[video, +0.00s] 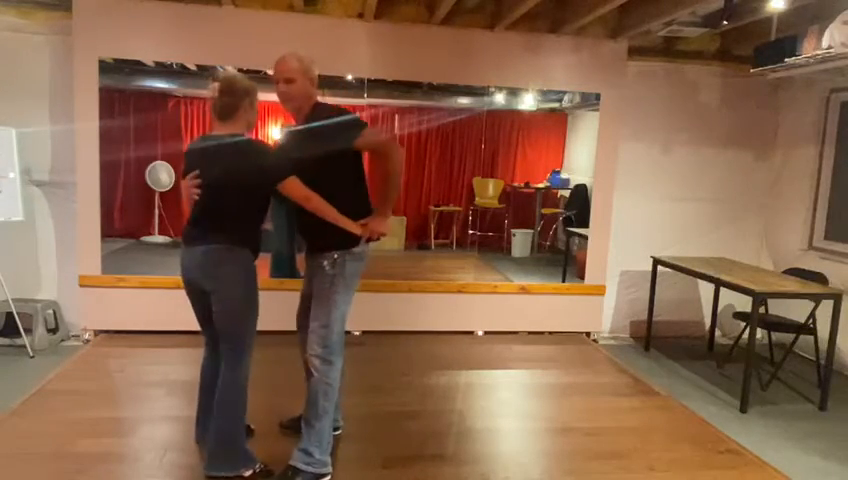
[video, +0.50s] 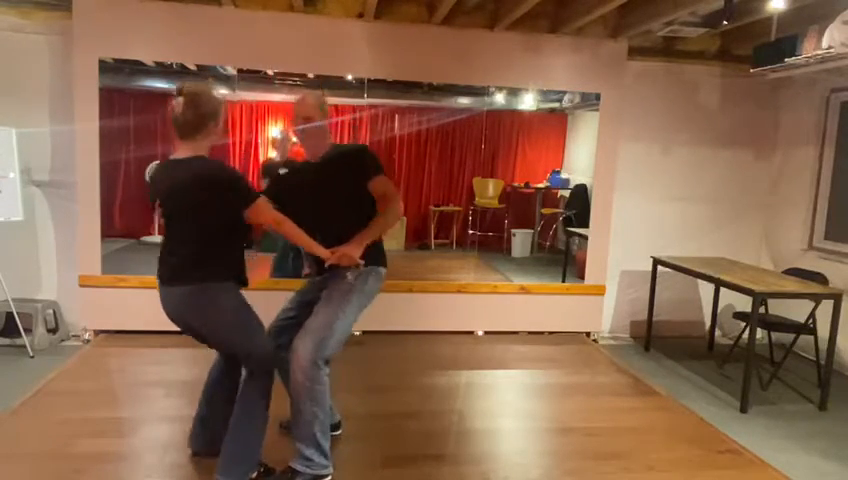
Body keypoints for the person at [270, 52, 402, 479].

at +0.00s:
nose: (281, 90)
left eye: (288, 82)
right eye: (277, 83)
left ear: (312, 82)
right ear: (276, 88)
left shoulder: (336, 120)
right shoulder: (292, 135)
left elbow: (390, 147)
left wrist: (383, 212)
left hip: (342, 250)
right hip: (317, 251)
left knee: (321, 350)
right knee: (312, 338)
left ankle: (313, 463)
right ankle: (323, 418)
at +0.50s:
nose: (301, 129)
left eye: (308, 121)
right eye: (297, 122)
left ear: (327, 121)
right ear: (295, 126)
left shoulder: (356, 157)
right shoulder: (292, 176)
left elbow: (393, 207)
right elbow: (258, 227)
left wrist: (357, 244)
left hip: (360, 272)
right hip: (321, 275)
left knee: (307, 352)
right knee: (279, 340)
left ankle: (313, 467)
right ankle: (322, 419)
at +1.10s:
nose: (319, 154)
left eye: (328, 147)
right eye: (317, 146)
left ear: (351, 150)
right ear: (315, 149)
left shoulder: (378, 190)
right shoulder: (315, 196)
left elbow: (378, 258)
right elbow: (257, 222)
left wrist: (314, 282)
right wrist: (211, 220)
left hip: (377, 303)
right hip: (345, 298)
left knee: (293, 366)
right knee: (285, 335)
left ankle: (311, 469)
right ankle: (323, 419)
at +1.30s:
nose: (318, 150)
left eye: (326, 143)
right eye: (316, 143)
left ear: (350, 146)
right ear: (317, 144)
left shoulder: (376, 190)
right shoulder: (316, 191)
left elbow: (367, 259)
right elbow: (261, 219)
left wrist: (303, 283)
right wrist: (216, 217)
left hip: (369, 308)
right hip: (342, 299)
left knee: (281, 374)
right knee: (291, 332)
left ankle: (311, 469)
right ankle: (324, 418)